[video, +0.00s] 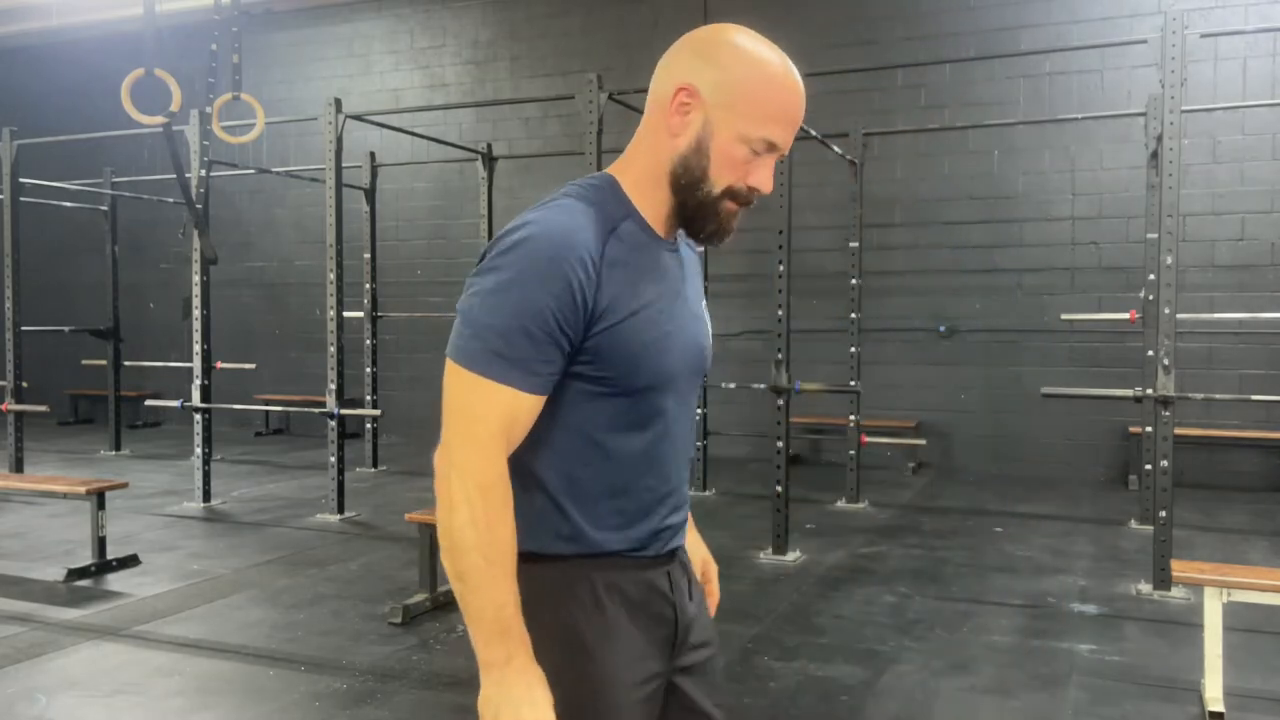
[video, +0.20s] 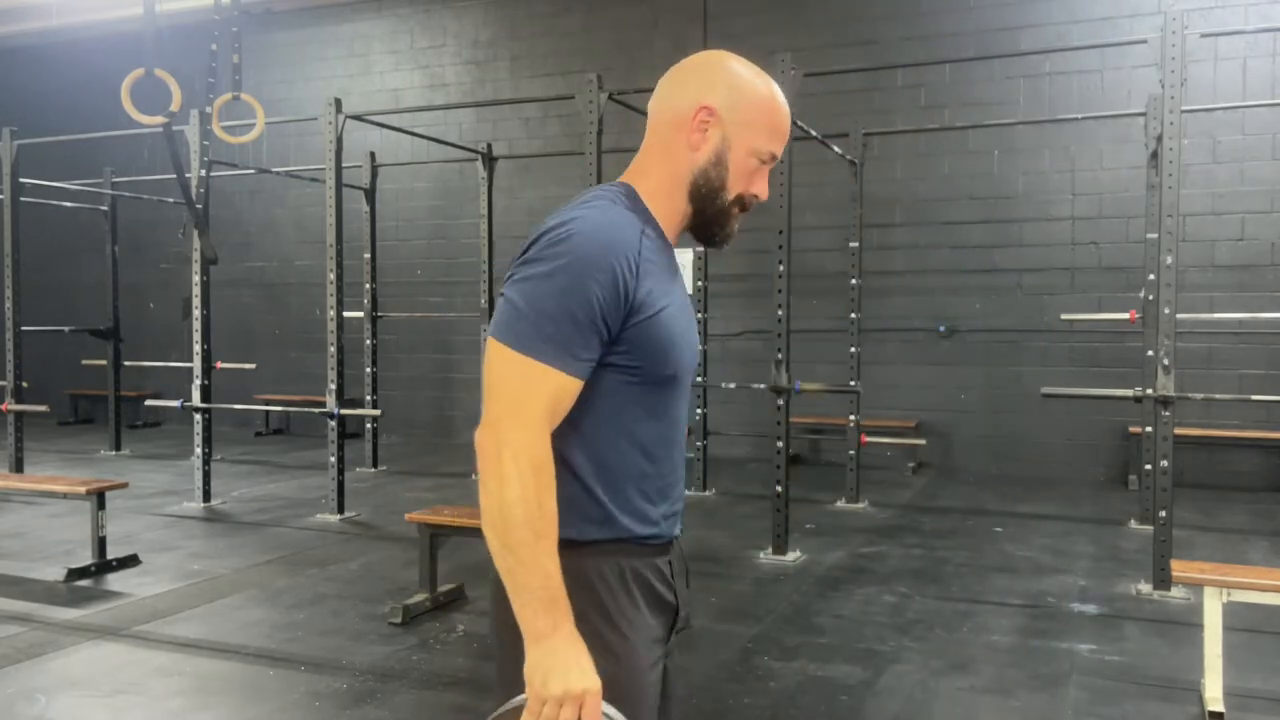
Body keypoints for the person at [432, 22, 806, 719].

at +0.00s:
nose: (764, 184)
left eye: (776, 159)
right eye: (756, 149)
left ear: (682, 116)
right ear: (681, 112)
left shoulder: (678, 243)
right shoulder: (554, 247)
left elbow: (637, 421)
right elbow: (466, 461)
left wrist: (682, 531)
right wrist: (505, 668)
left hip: (671, 587)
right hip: (572, 599)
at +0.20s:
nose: (761, 191)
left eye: (771, 168)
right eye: (761, 161)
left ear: (699, 133)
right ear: (700, 129)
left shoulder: (645, 248)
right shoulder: (595, 244)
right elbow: (506, 443)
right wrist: (550, 638)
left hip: (642, 574)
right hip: (591, 580)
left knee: (645, 709)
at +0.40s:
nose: (745, 203)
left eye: (751, 183)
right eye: (747, 177)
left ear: (700, 152)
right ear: (703, 149)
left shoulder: (638, 246)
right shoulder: (627, 247)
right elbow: (556, 422)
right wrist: (603, 602)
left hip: (634, 563)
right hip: (611, 570)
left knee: (634, 708)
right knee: (608, 712)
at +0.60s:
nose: (727, 205)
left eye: (733, 186)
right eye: (731, 180)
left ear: (645, 160)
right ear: (701, 157)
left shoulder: (573, 256)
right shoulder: (659, 249)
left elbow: (567, 414)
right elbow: (618, 414)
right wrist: (669, 581)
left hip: (561, 541)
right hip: (632, 548)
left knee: (592, 705)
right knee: (708, 703)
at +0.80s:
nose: (731, 195)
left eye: (730, 180)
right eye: (731, 178)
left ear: (645, 178)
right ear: (713, 171)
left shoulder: (575, 267)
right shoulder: (703, 256)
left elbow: (555, 414)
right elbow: (695, 411)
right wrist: (741, 568)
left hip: (580, 537)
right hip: (666, 546)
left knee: (596, 710)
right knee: (732, 701)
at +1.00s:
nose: (760, 207)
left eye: (756, 197)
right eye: (759, 197)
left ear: (676, 203)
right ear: (750, 197)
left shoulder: (606, 283)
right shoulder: (763, 274)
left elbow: (564, 419)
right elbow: (773, 417)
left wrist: (620, 488)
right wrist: (813, 562)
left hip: (624, 536)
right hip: (728, 547)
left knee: (620, 709)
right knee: (749, 705)